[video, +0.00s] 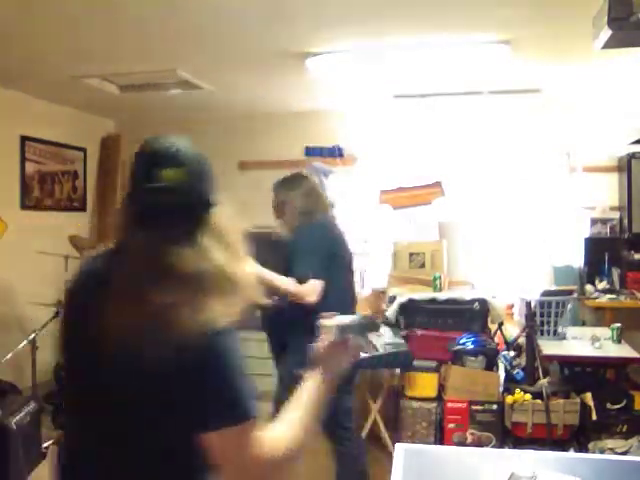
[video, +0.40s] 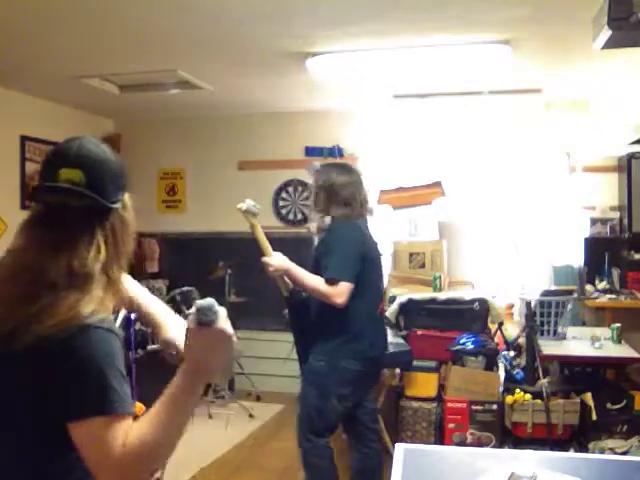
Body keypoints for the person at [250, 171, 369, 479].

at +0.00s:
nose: (277, 214)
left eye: (280, 205)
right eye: (277, 206)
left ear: (297, 202)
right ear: (308, 200)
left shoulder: (312, 231)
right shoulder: (326, 230)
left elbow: (310, 293)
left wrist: (259, 273)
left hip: (314, 344)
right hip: (336, 341)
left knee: (284, 426)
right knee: (342, 426)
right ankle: (354, 472)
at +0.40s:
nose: (312, 195)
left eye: (315, 188)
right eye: (313, 188)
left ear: (328, 192)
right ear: (354, 192)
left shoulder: (343, 232)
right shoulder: (356, 232)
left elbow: (338, 294)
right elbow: (326, 294)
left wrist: (288, 267)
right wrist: (288, 279)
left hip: (341, 353)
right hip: (362, 351)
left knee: (312, 437)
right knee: (365, 438)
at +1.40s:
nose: (337, 205)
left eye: (341, 198)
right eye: (336, 199)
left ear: (357, 197)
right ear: (368, 200)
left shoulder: (361, 225)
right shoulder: (387, 234)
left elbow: (359, 276)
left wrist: (305, 266)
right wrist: (306, 279)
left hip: (357, 347)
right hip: (386, 348)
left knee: (324, 424)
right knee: (373, 430)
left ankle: (328, 475)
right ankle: (376, 476)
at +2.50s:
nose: (359, 204)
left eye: (361, 199)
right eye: (360, 198)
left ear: (366, 199)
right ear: (394, 199)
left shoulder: (370, 227)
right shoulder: (401, 235)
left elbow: (352, 277)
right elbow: (391, 289)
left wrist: (306, 268)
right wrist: (342, 266)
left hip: (358, 346)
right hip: (390, 347)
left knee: (326, 422)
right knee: (376, 428)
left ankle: (320, 474)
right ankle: (377, 476)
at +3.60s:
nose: (322, 214)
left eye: (325, 207)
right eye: (323, 207)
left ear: (337, 207)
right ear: (361, 206)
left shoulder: (341, 238)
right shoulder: (377, 243)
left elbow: (321, 295)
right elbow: (370, 300)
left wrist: (276, 285)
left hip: (331, 358)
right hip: (363, 357)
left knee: (299, 439)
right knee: (357, 435)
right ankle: (373, 475)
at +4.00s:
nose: (306, 220)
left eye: (310, 212)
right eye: (305, 212)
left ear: (326, 211)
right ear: (343, 209)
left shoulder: (331, 241)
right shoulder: (366, 243)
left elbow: (316, 297)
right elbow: (372, 303)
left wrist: (292, 330)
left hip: (323, 354)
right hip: (355, 355)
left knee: (292, 435)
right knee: (349, 429)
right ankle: (364, 474)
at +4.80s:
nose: (307, 210)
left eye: (312, 203)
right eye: (308, 203)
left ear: (328, 207)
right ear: (349, 206)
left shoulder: (338, 240)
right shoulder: (368, 241)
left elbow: (324, 307)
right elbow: (362, 304)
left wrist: (280, 294)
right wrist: (311, 292)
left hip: (328, 361)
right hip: (358, 360)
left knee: (295, 445)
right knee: (352, 433)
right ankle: (367, 476)